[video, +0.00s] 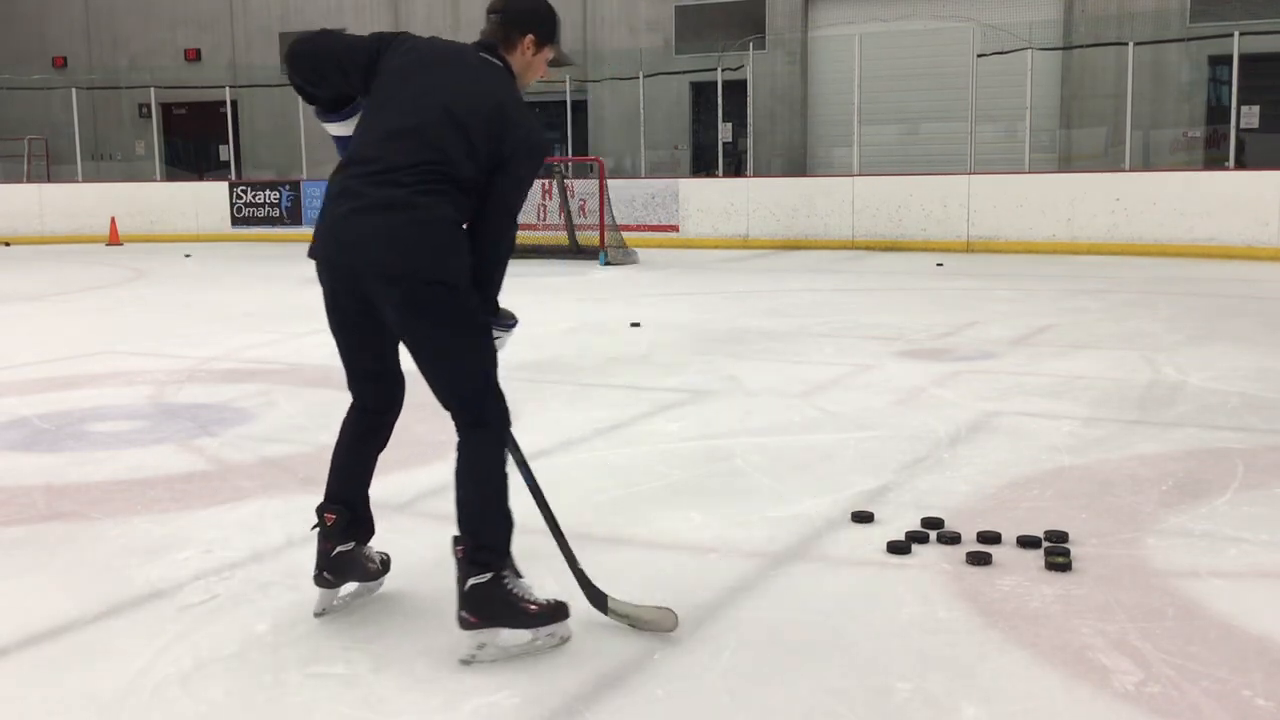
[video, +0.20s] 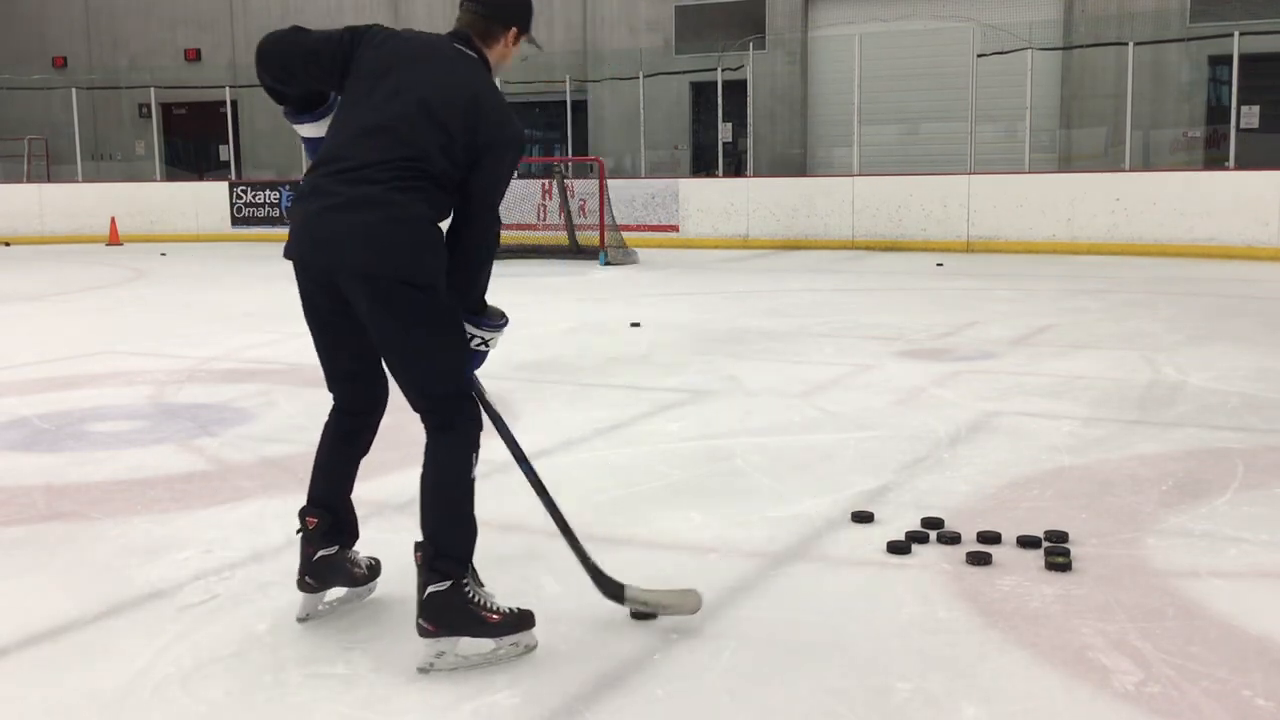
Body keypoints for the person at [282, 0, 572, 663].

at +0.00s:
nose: (544, 74)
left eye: (548, 64)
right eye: (546, 61)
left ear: (493, 31)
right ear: (527, 46)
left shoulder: (403, 50)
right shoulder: (519, 124)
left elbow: (303, 50)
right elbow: (493, 234)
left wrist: (343, 121)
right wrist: (483, 308)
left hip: (341, 247)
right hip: (423, 260)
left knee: (375, 395)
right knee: (481, 418)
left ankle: (338, 543)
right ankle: (486, 582)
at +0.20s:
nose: (516, 52)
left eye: (516, 40)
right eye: (519, 42)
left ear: (462, 17)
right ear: (508, 38)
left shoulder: (378, 43)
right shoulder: (495, 118)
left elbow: (277, 50)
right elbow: (475, 229)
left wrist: (313, 121)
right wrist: (470, 313)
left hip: (315, 242)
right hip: (396, 255)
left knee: (357, 396)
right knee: (452, 416)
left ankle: (322, 548)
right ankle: (447, 590)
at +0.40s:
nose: (492, 23)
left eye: (490, 17)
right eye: (494, 16)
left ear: (430, 5)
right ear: (485, 16)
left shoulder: (356, 34)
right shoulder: (481, 94)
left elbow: (253, 60)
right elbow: (476, 209)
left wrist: (299, 134)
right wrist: (489, 314)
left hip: (308, 247)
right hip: (391, 257)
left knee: (339, 403)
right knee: (437, 422)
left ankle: (304, 555)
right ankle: (440, 595)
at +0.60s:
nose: (471, 13)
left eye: (467, 9)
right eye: (471, 8)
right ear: (458, 5)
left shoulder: (339, 29)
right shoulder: (470, 68)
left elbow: (240, 74)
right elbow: (476, 180)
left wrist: (288, 140)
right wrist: (527, 279)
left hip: (311, 250)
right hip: (397, 260)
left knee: (326, 408)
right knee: (436, 423)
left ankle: (290, 560)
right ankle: (448, 597)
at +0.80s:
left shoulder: (327, 26)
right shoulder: (463, 55)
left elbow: (240, 89)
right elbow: (482, 171)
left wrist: (287, 160)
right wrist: (554, 263)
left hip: (313, 253)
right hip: (403, 262)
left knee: (317, 409)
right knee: (435, 423)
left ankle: (281, 565)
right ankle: (451, 596)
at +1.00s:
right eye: (447, 16)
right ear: (431, 5)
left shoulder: (317, 37)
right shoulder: (449, 59)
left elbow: (252, 124)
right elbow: (468, 177)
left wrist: (318, 194)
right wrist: (536, 274)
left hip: (309, 267)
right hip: (398, 273)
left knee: (311, 416)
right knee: (447, 433)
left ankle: (259, 563)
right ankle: (469, 608)